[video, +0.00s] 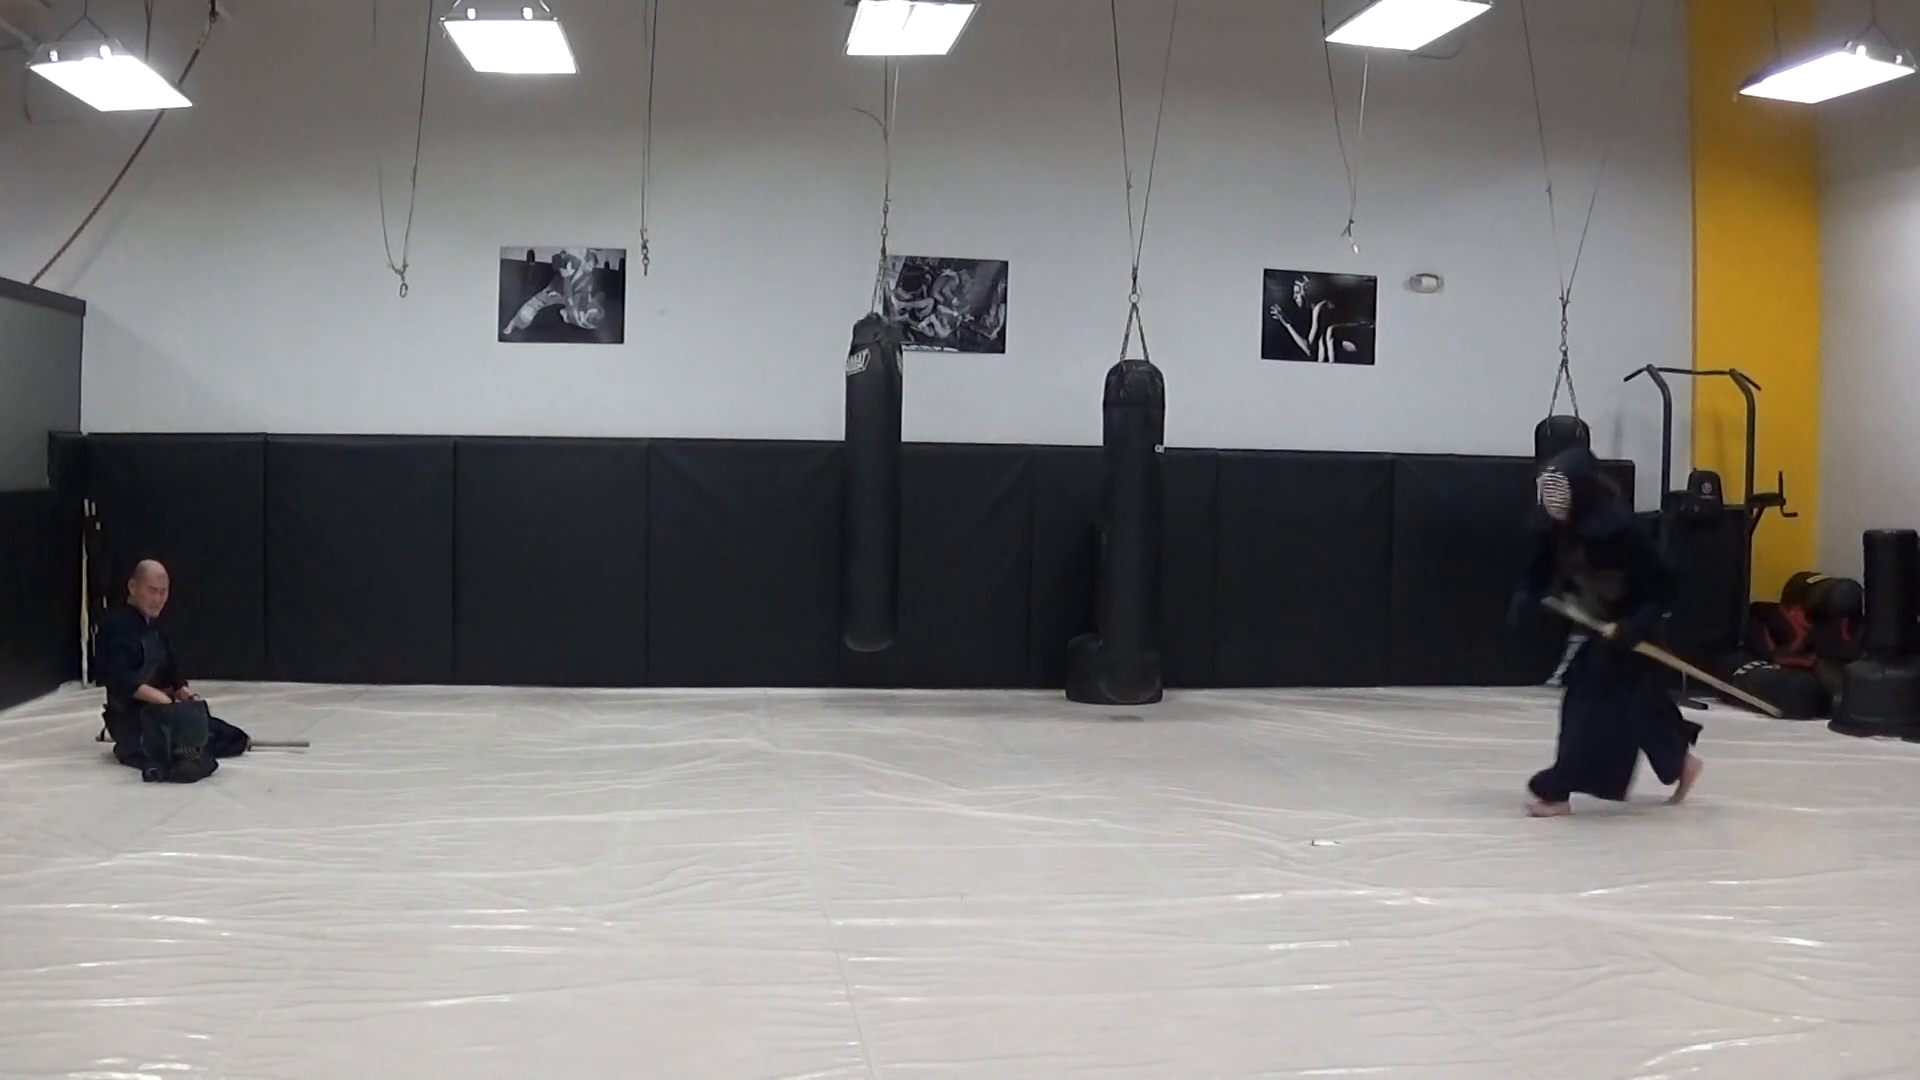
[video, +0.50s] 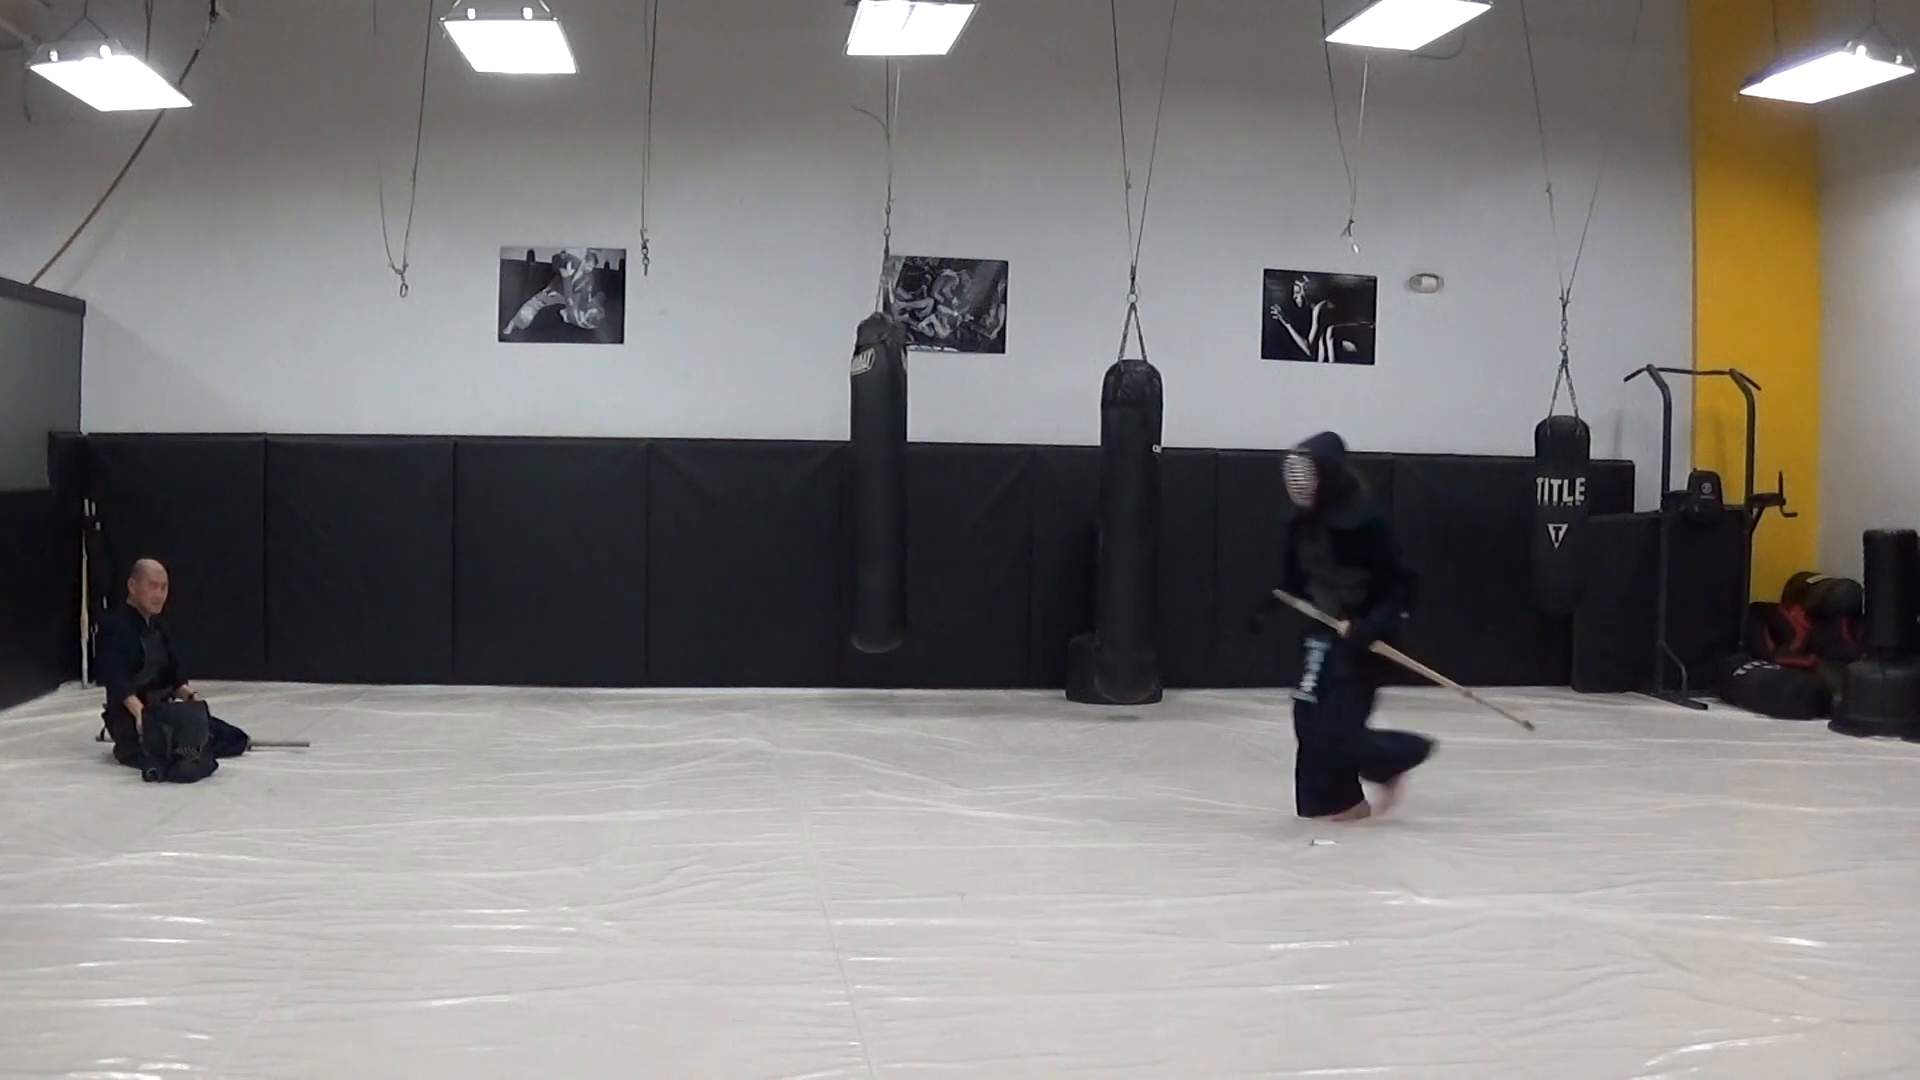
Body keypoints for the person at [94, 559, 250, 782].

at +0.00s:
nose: (159, 598)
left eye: (163, 592)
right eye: (152, 590)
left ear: (168, 592)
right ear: (132, 588)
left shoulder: (156, 627)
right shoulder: (116, 624)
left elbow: (171, 677)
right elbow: (120, 680)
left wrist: (189, 699)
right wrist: (167, 702)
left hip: (162, 713)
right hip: (130, 719)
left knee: (236, 740)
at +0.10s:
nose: (159, 599)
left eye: (164, 593)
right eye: (153, 591)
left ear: (169, 593)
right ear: (133, 588)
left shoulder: (158, 627)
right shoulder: (115, 624)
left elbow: (172, 678)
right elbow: (109, 677)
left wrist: (190, 699)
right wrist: (149, 698)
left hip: (166, 709)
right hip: (129, 714)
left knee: (235, 740)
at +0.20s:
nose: (160, 599)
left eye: (165, 592)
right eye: (154, 591)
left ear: (170, 592)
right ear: (134, 588)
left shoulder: (157, 626)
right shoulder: (114, 624)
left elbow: (170, 675)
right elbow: (106, 676)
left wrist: (187, 697)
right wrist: (142, 694)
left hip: (167, 710)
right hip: (130, 715)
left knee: (235, 740)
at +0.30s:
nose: (160, 598)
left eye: (165, 592)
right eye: (154, 591)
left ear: (169, 592)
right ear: (134, 588)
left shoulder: (161, 628)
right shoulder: (114, 624)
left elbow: (173, 677)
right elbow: (106, 674)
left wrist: (191, 698)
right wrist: (142, 700)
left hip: (169, 710)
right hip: (129, 715)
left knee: (237, 740)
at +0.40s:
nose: (160, 597)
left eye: (164, 590)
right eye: (153, 588)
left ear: (169, 591)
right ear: (133, 587)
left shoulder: (160, 627)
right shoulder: (114, 624)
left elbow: (172, 676)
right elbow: (113, 676)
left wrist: (190, 698)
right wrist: (140, 709)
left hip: (167, 710)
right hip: (127, 713)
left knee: (236, 740)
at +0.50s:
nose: (159, 595)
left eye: (163, 588)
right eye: (153, 586)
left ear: (168, 590)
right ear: (132, 586)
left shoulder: (159, 626)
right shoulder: (114, 624)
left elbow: (172, 676)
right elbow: (113, 677)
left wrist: (190, 696)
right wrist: (140, 713)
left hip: (166, 708)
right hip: (128, 712)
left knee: (236, 740)